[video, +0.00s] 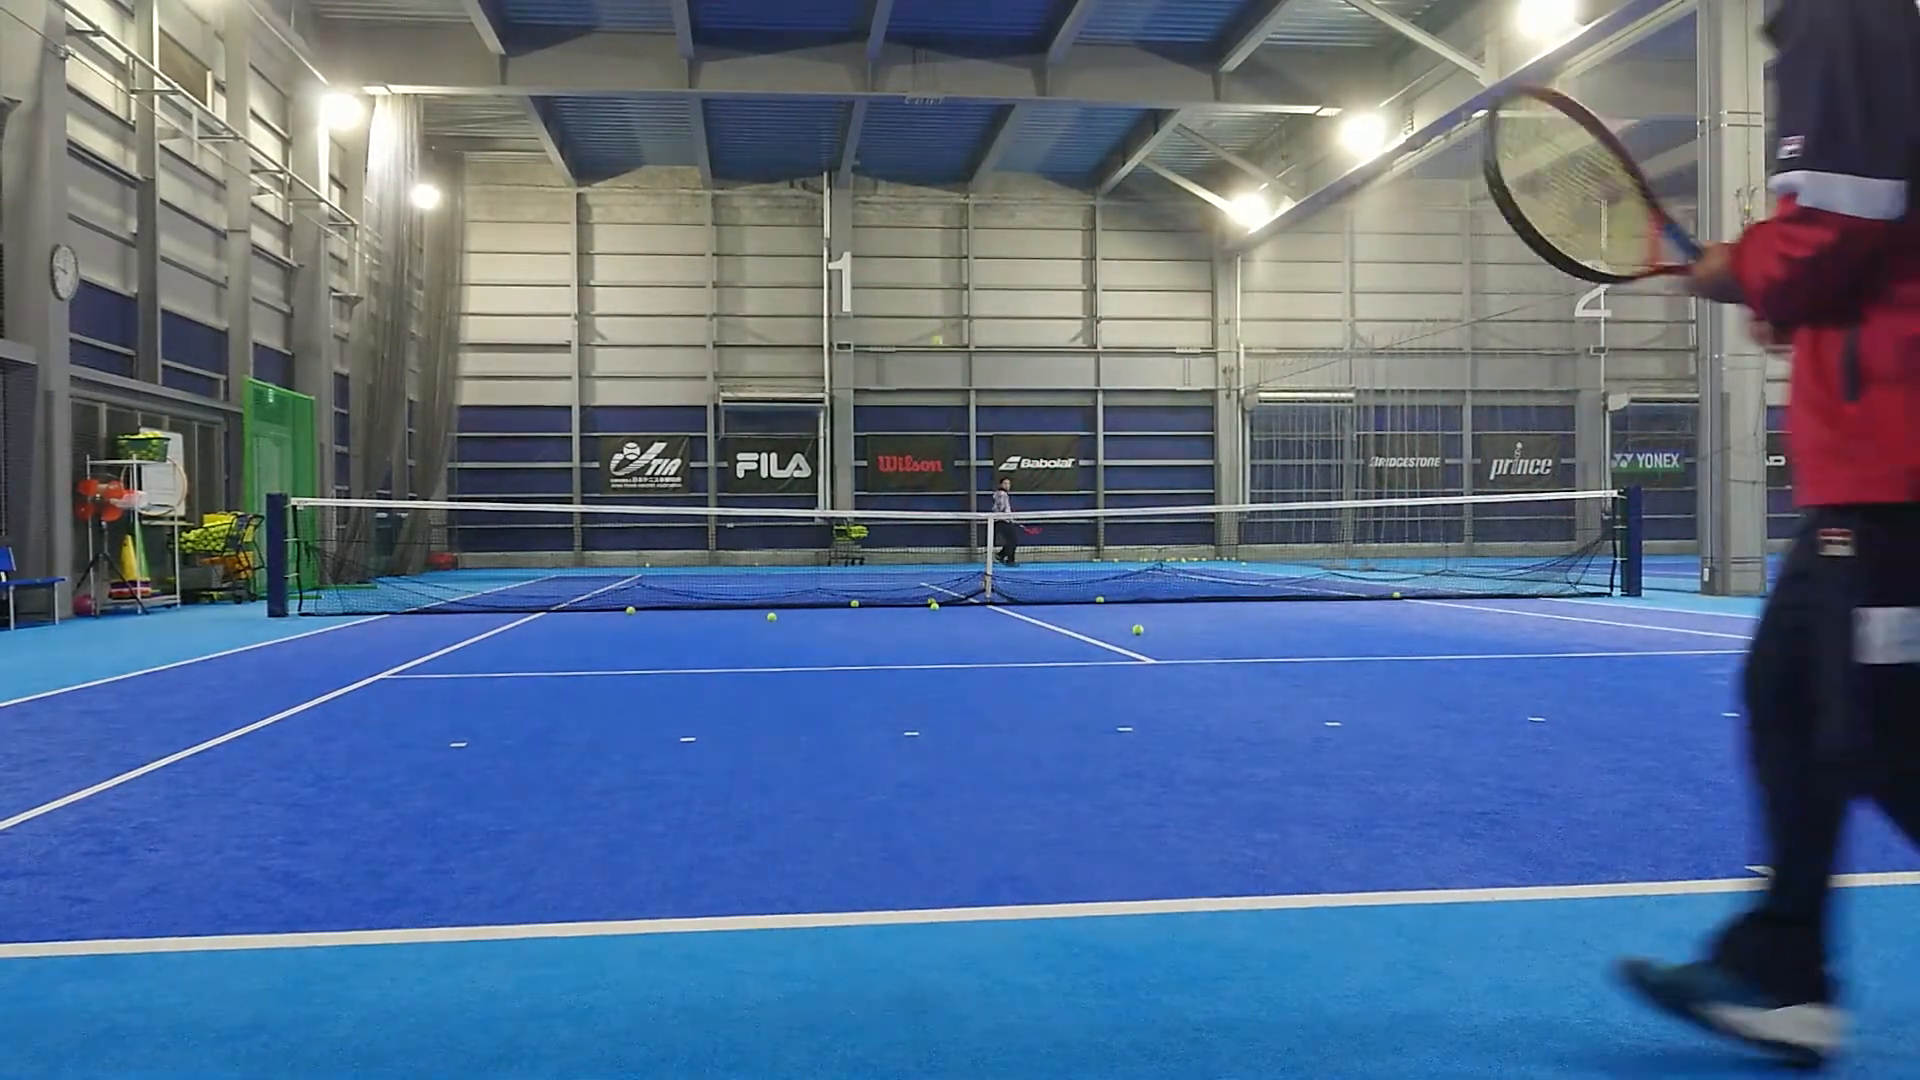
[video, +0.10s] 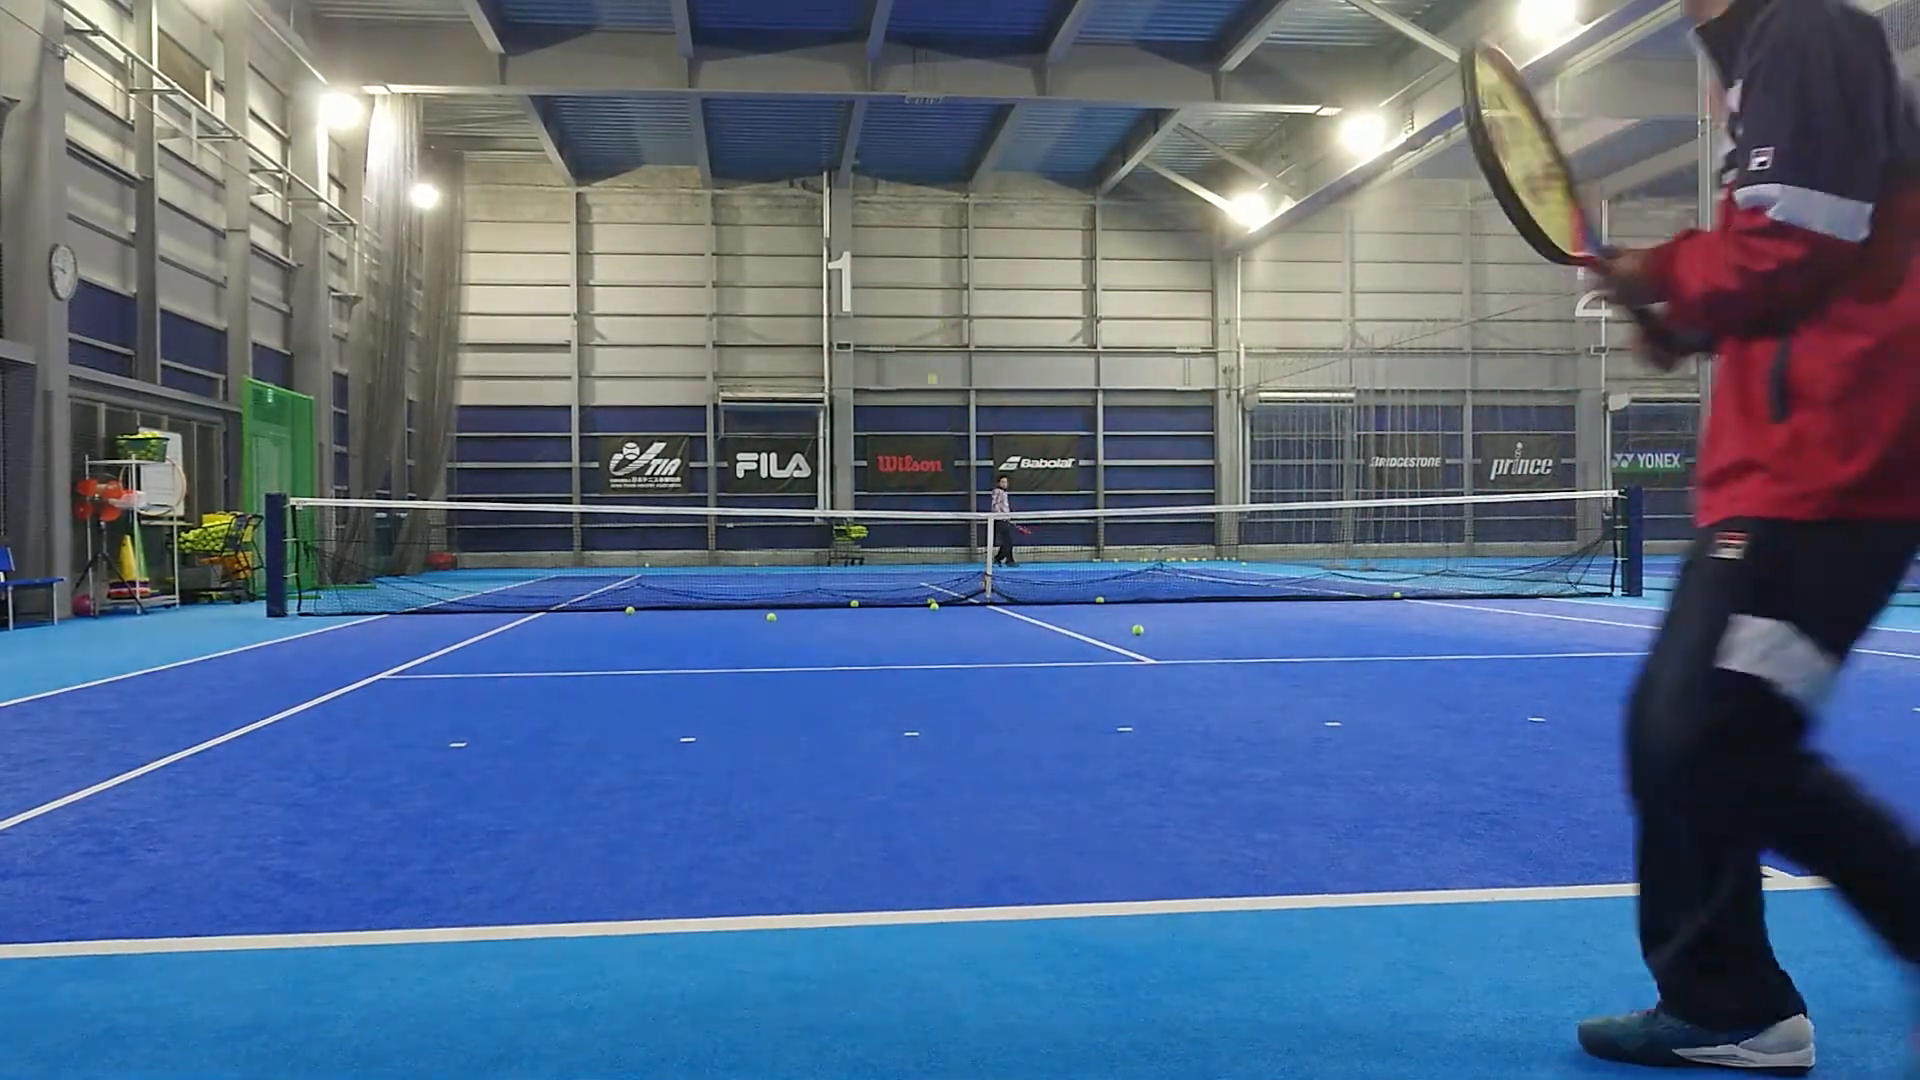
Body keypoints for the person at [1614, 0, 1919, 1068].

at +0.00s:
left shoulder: (1846, 18)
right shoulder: (1844, 25)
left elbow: (1840, 230)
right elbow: (1832, 227)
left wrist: (1731, 272)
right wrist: (1725, 262)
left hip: (1890, 472)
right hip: (1859, 470)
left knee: (1879, 735)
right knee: (1787, 692)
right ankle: (1780, 965)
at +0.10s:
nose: (1677, 5)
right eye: (1678, 7)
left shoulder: (1810, 36)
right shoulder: (1775, 57)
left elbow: (1795, 249)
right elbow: (1804, 271)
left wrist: (1662, 270)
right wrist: (1685, 324)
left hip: (1843, 458)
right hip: (1778, 460)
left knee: (1717, 735)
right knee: (1673, 730)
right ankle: (1730, 1005)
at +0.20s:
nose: (1605, 15)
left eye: (1611, 3)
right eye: (1607, 11)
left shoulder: (1748, 35)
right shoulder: (1699, 70)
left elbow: (1764, 226)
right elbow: (1704, 276)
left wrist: (1581, 262)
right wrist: (1579, 345)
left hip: (1781, 458)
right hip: (1728, 456)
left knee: (1605, 698)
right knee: (1601, 698)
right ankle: (1697, 996)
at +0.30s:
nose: (1534, 1)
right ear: (1558, 5)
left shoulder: (1692, 24)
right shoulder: (1600, 87)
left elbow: (1739, 177)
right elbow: (1576, 249)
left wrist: (1519, 220)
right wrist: (1485, 345)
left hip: (1718, 467)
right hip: (1647, 468)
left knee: (1538, 705)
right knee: (1585, 720)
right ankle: (1734, 1004)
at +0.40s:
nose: (1459, 3)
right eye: (1455, 7)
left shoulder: (1625, 19)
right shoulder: (1515, 88)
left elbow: (1699, 145)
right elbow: (1487, 252)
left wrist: (1466, 161)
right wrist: (1402, 322)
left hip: (1626, 462)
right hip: (1558, 467)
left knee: (1462, 715)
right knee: (1533, 732)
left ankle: (1425, 1056)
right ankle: (1728, 997)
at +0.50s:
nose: (1388, 49)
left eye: (1395, 29)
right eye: (1383, 41)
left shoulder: (1580, 41)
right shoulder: (1459, 160)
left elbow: (1650, 109)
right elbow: (1380, 285)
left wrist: (1418, 89)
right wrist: (1315, 276)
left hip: (1557, 484)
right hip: (1475, 486)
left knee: (1381, 732)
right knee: (1396, 737)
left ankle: (1402, 1057)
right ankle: (1639, 936)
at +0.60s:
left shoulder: (1516, 26)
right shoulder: (1370, 120)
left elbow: (1599, 76)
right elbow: (1291, 269)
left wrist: (1354, 44)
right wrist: (1245, 237)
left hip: (1494, 476)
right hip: (1391, 478)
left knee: (1334, 752)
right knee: (1284, 698)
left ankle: (1392, 1057)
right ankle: (1481, 928)